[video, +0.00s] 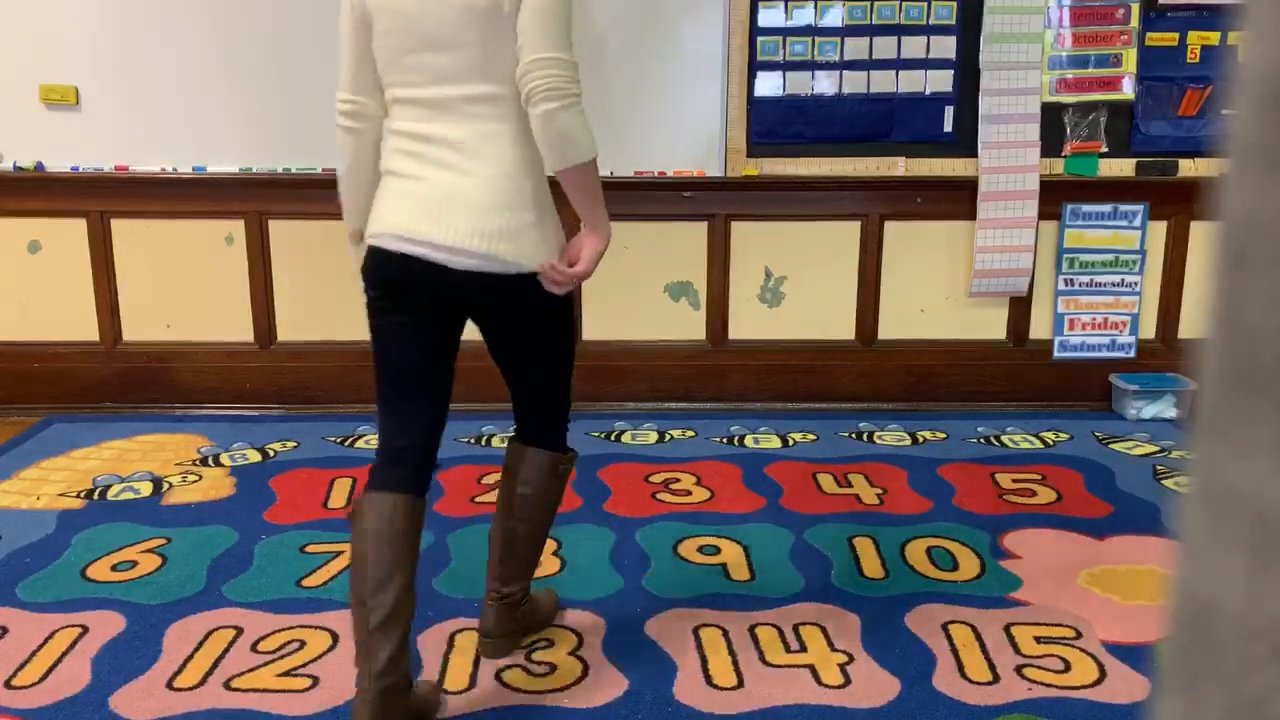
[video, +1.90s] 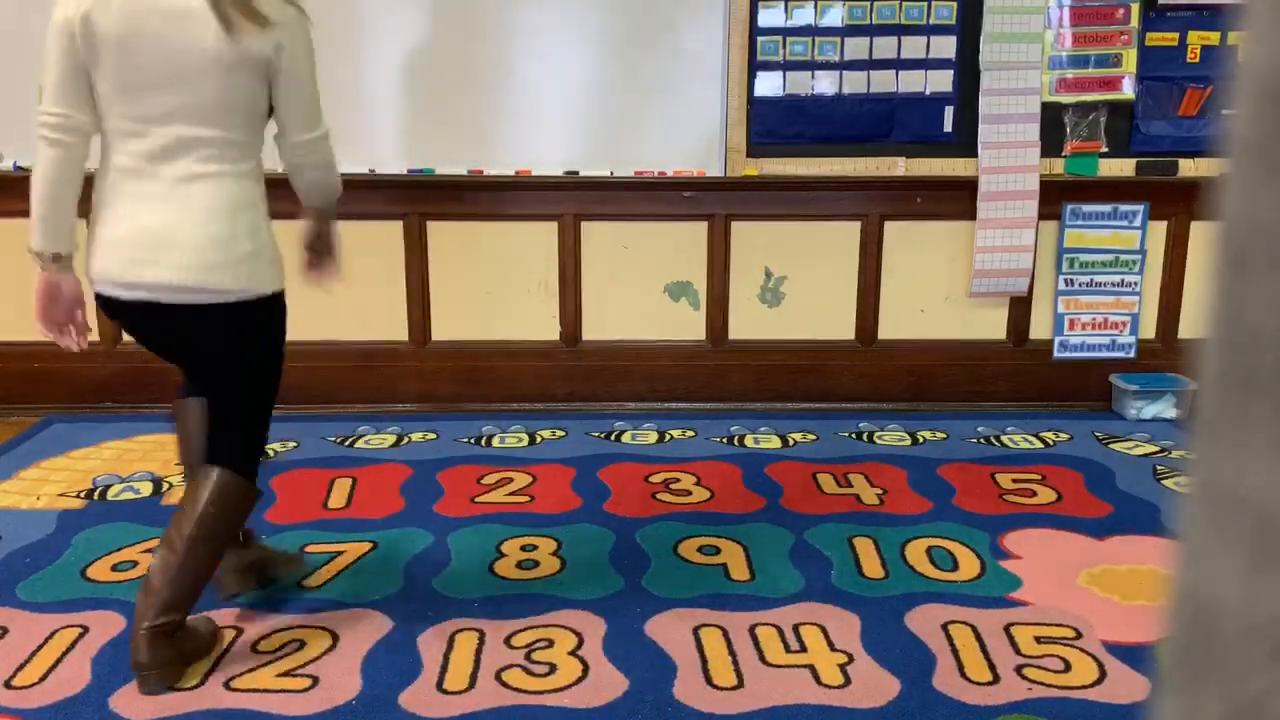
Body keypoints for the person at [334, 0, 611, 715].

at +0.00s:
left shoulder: (371, 1)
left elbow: (358, 108)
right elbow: (546, 90)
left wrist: (365, 234)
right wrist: (596, 222)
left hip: (400, 233)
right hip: (512, 238)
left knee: (399, 453)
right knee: (543, 424)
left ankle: (381, 686)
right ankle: (507, 605)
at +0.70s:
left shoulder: (329, 1)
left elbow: (322, 76)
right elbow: (547, 58)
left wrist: (315, 216)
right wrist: (570, 175)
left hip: (390, 211)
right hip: (496, 205)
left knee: (425, 414)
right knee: (472, 376)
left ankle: (472, 618)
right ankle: (512, 576)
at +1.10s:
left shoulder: (261, 0)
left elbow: (248, 83)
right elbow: (462, 69)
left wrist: (267, 190)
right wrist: (506, 176)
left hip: (320, 211)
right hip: (425, 207)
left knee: (339, 397)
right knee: (422, 387)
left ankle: (392, 570)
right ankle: (427, 576)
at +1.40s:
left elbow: (177, 61)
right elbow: (358, 51)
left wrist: (175, 187)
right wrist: (420, 168)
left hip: (240, 186)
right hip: (341, 184)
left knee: (261, 378)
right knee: (368, 384)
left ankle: (272, 572)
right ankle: (376, 587)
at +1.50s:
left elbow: (154, 61)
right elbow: (331, 53)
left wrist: (146, 187)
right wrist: (391, 171)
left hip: (217, 190)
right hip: (313, 190)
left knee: (255, 379)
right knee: (337, 381)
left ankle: (269, 569)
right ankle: (290, 580)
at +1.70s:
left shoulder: (123, 1)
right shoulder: (282, 1)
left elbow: (107, 90)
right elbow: (294, 87)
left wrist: (105, 220)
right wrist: (363, 202)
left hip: (169, 226)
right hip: (266, 226)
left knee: (262, 391)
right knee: (259, 413)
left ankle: (275, 566)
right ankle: (179, 625)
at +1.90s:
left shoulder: (84, 9)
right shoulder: (272, 11)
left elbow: (61, 135)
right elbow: (304, 144)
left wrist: (52, 258)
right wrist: (322, 219)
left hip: (123, 270)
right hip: (229, 275)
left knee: (201, 372)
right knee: (232, 464)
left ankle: (231, 550)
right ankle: (157, 631)